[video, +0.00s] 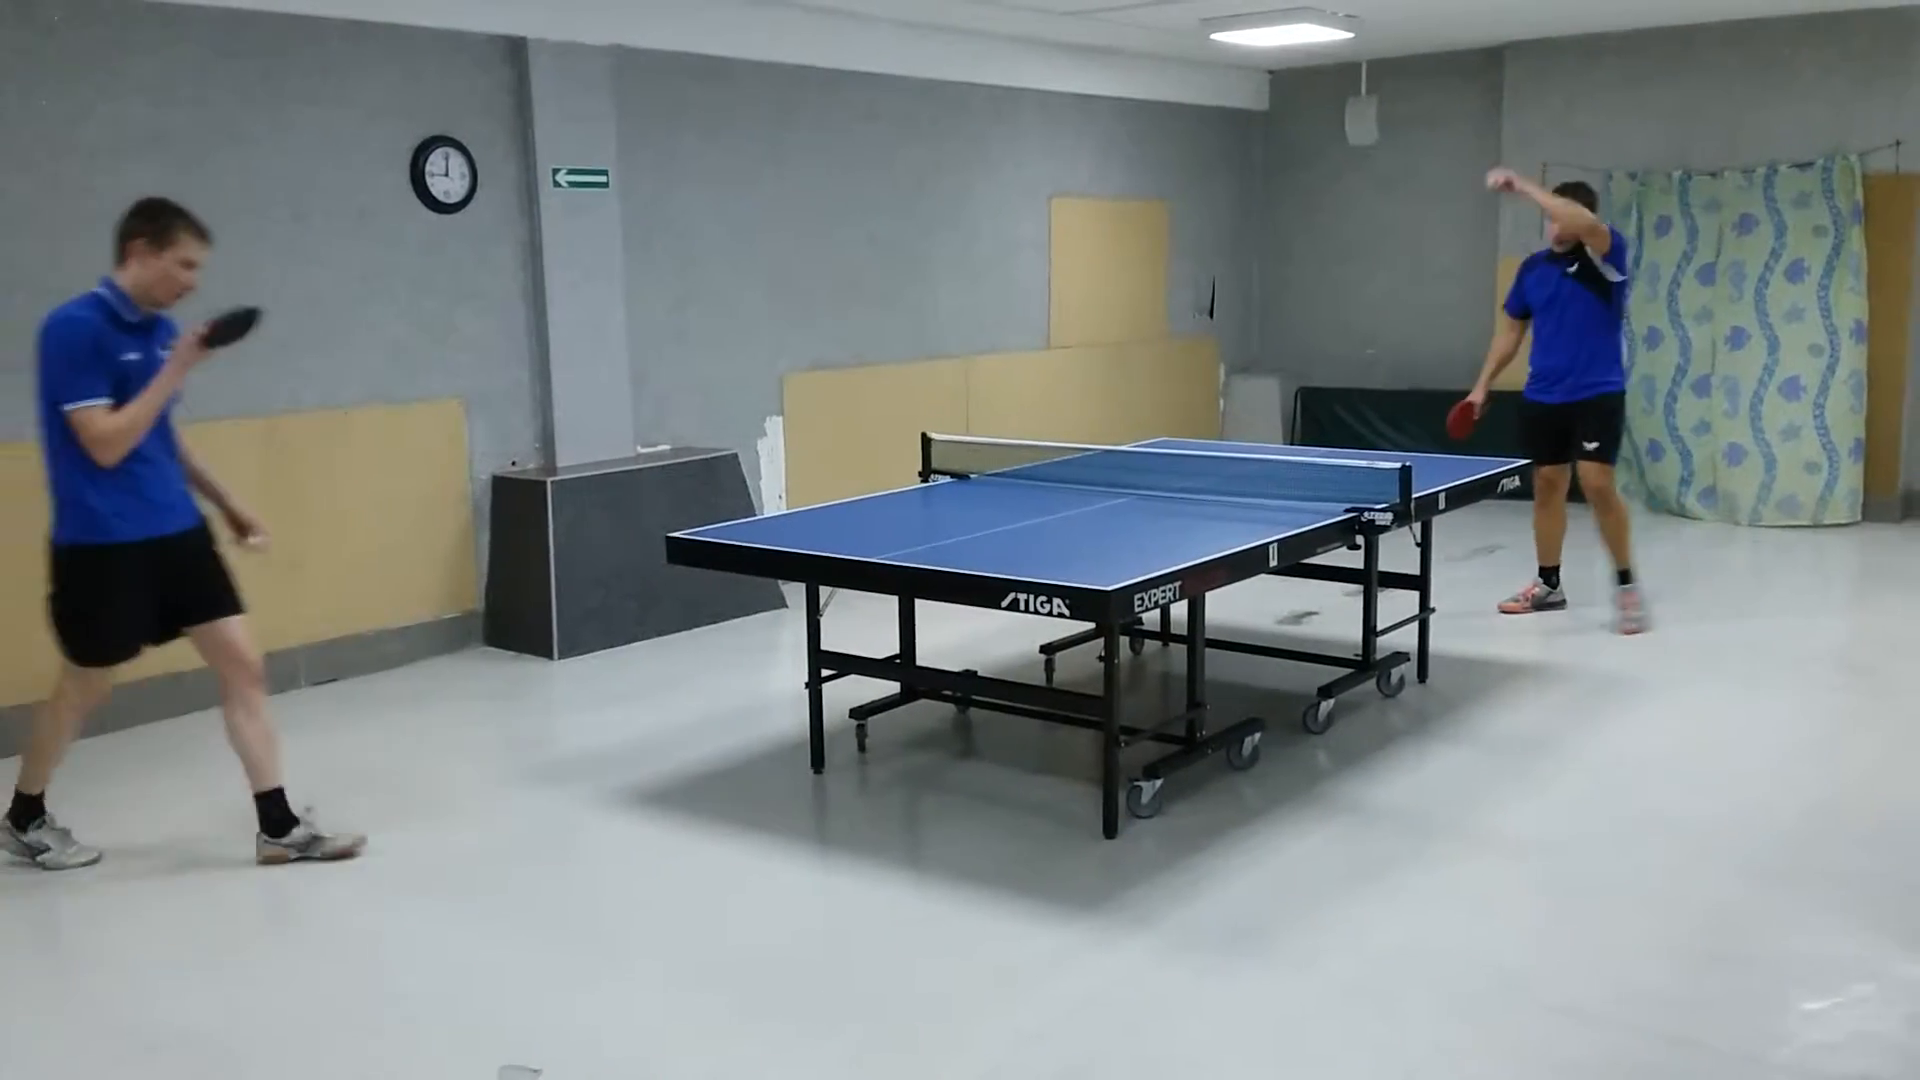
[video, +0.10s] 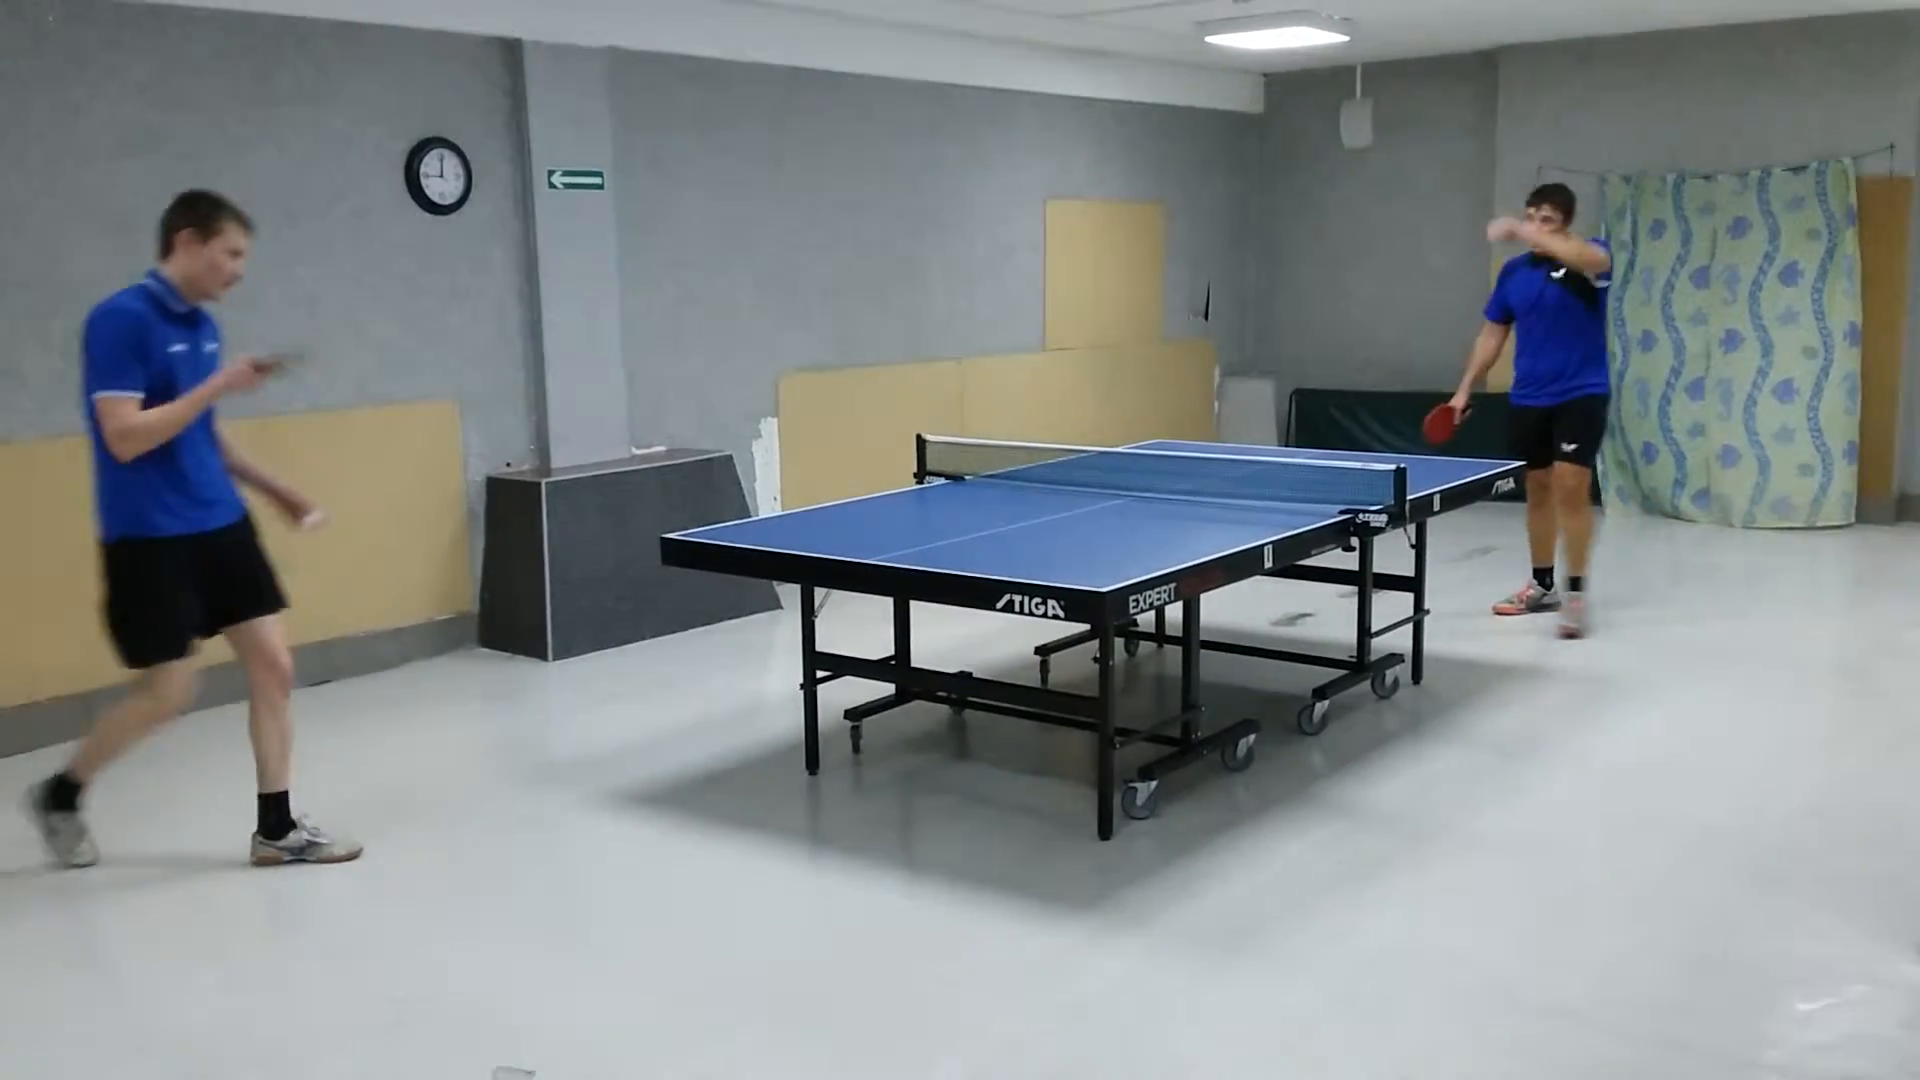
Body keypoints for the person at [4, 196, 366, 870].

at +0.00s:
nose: (191, 283)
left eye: (196, 270)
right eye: (184, 266)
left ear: (158, 260)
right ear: (137, 252)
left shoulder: (160, 333)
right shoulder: (71, 329)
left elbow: (162, 442)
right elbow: (103, 444)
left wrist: (225, 503)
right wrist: (179, 366)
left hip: (177, 536)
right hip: (100, 548)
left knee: (242, 667)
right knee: (84, 687)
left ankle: (278, 824)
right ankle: (23, 816)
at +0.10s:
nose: (238, 271)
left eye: (243, 258)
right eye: (230, 254)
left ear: (195, 251)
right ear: (185, 244)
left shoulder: (202, 328)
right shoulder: (118, 321)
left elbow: (207, 438)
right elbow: (123, 437)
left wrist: (278, 491)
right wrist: (216, 388)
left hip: (219, 527)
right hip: (147, 540)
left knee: (273, 664)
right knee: (168, 691)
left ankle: (276, 827)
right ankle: (61, 793)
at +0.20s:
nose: (274, 259)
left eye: (278, 246)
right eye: (266, 242)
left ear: (237, 240)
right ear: (221, 232)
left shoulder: (238, 319)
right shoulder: (158, 309)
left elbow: (248, 425)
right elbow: (145, 425)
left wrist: (336, 452)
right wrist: (251, 413)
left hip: (256, 513)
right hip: (190, 526)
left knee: (289, 668)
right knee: (252, 680)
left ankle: (273, 827)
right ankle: (142, 780)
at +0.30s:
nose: (310, 249)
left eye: (314, 236)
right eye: (302, 233)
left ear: (270, 232)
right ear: (258, 226)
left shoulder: (269, 311)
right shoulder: (201, 303)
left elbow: (280, 420)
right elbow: (180, 417)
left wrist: (371, 418)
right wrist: (290, 443)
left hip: (281, 512)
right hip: (235, 520)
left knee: (299, 674)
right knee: (323, 667)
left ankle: (274, 821)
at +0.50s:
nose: (383, 247)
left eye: (381, 234)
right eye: (373, 231)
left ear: (333, 236)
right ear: (335, 233)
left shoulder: (323, 305)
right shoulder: (311, 304)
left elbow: (343, 417)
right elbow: (282, 423)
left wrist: (440, 413)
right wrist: (375, 468)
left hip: (305, 527)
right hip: (320, 529)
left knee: (324, 669)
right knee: (414, 675)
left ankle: (276, 826)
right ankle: (453, 861)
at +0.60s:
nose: (416, 248)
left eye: (415, 234)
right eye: (408, 234)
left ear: (355, 239)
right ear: (376, 235)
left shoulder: (309, 311)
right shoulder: (370, 307)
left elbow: (352, 439)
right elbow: (375, 438)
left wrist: (453, 450)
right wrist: (459, 448)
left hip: (315, 542)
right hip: (371, 540)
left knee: (343, 674)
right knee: (451, 687)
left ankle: (277, 820)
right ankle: (459, 874)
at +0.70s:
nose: (448, 241)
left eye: (445, 225)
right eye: (441, 226)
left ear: (380, 235)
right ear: (412, 231)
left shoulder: (324, 310)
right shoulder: (417, 308)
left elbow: (350, 436)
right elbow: (466, 438)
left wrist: (437, 490)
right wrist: (530, 408)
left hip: (334, 539)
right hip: (402, 538)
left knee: (369, 677)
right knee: (470, 688)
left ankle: (293, 831)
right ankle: (460, 877)